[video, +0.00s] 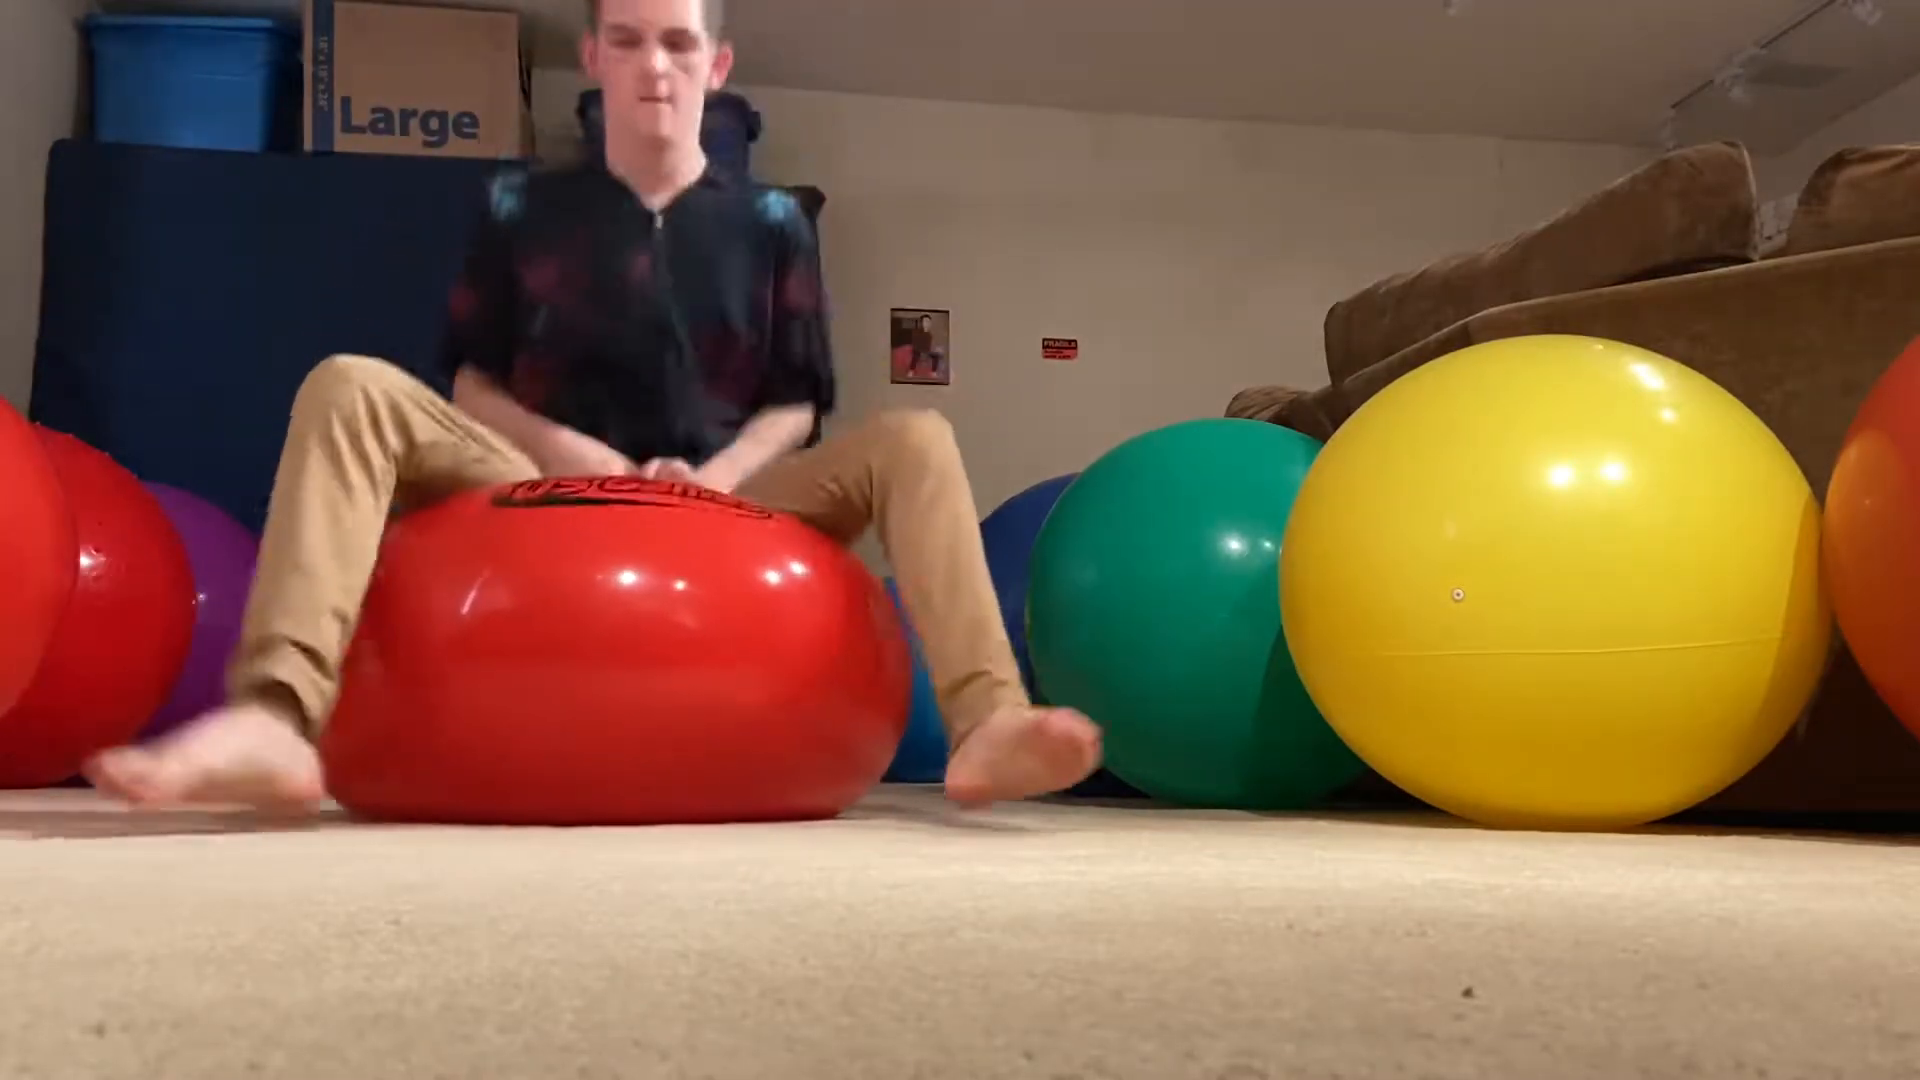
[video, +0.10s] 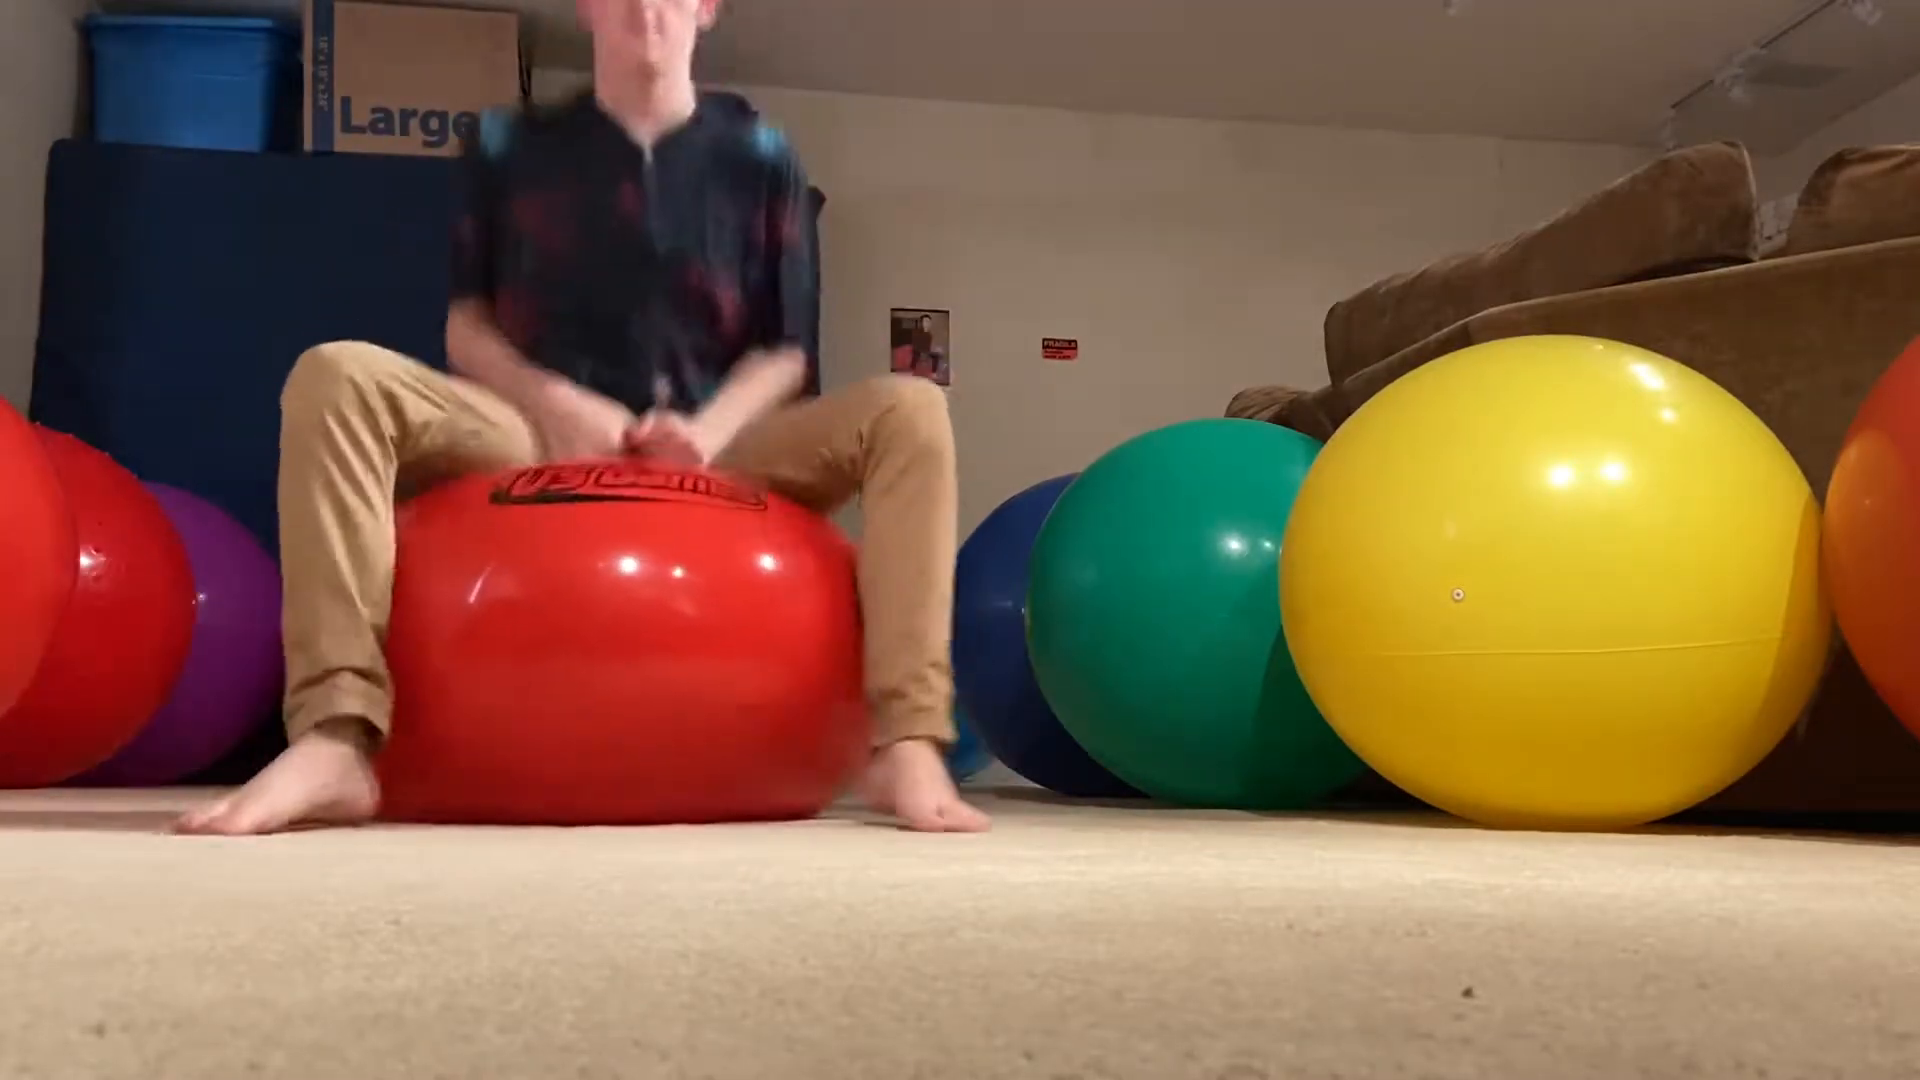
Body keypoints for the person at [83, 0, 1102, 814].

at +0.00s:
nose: (653, 66)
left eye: (677, 44)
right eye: (628, 43)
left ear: (718, 68)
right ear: (590, 64)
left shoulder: (774, 226)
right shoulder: (519, 208)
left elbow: (803, 401)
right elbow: (467, 387)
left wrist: (730, 473)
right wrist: (560, 451)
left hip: (726, 489)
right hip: (549, 481)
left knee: (913, 437)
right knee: (347, 390)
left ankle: (986, 728)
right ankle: (275, 724)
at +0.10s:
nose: (647, 13)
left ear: (703, 15)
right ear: (586, 11)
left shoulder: (761, 161)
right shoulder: (515, 148)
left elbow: (786, 350)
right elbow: (467, 336)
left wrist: (706, 429)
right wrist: (555, 406)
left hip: (711, 448)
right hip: (545, 438)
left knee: (910, 410)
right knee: (333, 378)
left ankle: (910, 748)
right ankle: (334, 742)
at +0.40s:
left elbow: (767, 13)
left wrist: (710, 130)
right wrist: (581, 116)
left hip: (725, 109)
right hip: (547, 101)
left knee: (828, 296)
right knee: (449, 290)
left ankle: (928, 629)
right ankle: (305, 644)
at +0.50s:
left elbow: (783, 37)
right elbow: (481, 20)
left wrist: (711, 144)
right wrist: (573, 133)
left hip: (723, 137)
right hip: (541, 133)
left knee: (839, 318)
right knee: (435, 318)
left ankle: (934, 662)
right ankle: (309, 685)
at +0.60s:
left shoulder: (774, 10)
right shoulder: (504, 3)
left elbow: (792, 150)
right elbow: (470, 133)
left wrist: (701, 258)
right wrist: (559, 238)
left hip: (716, 254)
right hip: (537, 249)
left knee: (854, 371)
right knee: (388, 344)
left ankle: (945, 735)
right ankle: (301, 725)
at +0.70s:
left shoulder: (770, 126)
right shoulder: (503, 106)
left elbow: (794, 323)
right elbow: (456, 296)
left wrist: (694, 413)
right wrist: (556, 392)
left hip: (707, 421)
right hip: (531, 408)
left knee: (872, 407)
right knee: (362, 371)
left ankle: (951, 761)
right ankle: (277, 754)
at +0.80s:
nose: (662, 6)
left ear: (719, 26)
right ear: (588, 21)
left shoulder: (775, 188)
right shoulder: (505, 168)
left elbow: (794, 389)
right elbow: (451, 360)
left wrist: (692, 471)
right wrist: (547, 445)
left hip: (705, 479)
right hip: (526, 469)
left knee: (880, 412)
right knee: (359, 377)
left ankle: (948, 761)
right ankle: (273, 754)